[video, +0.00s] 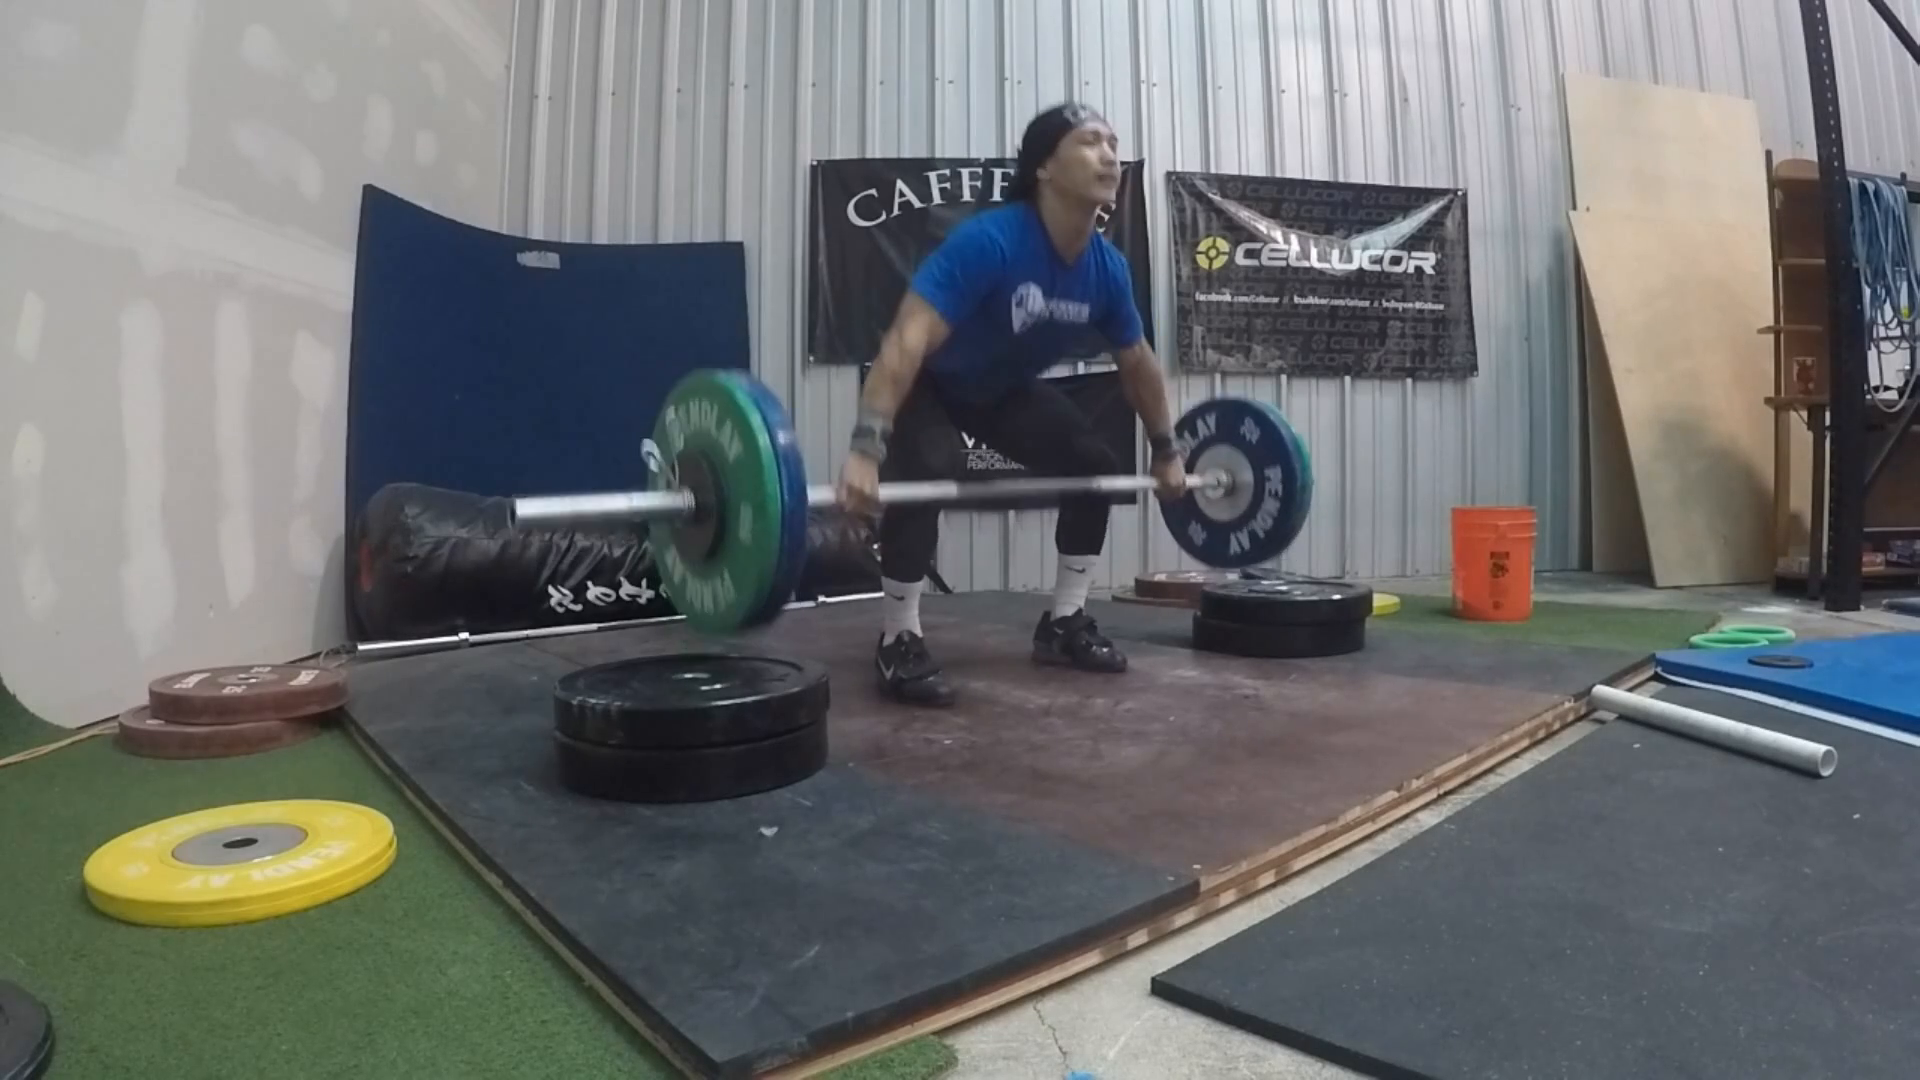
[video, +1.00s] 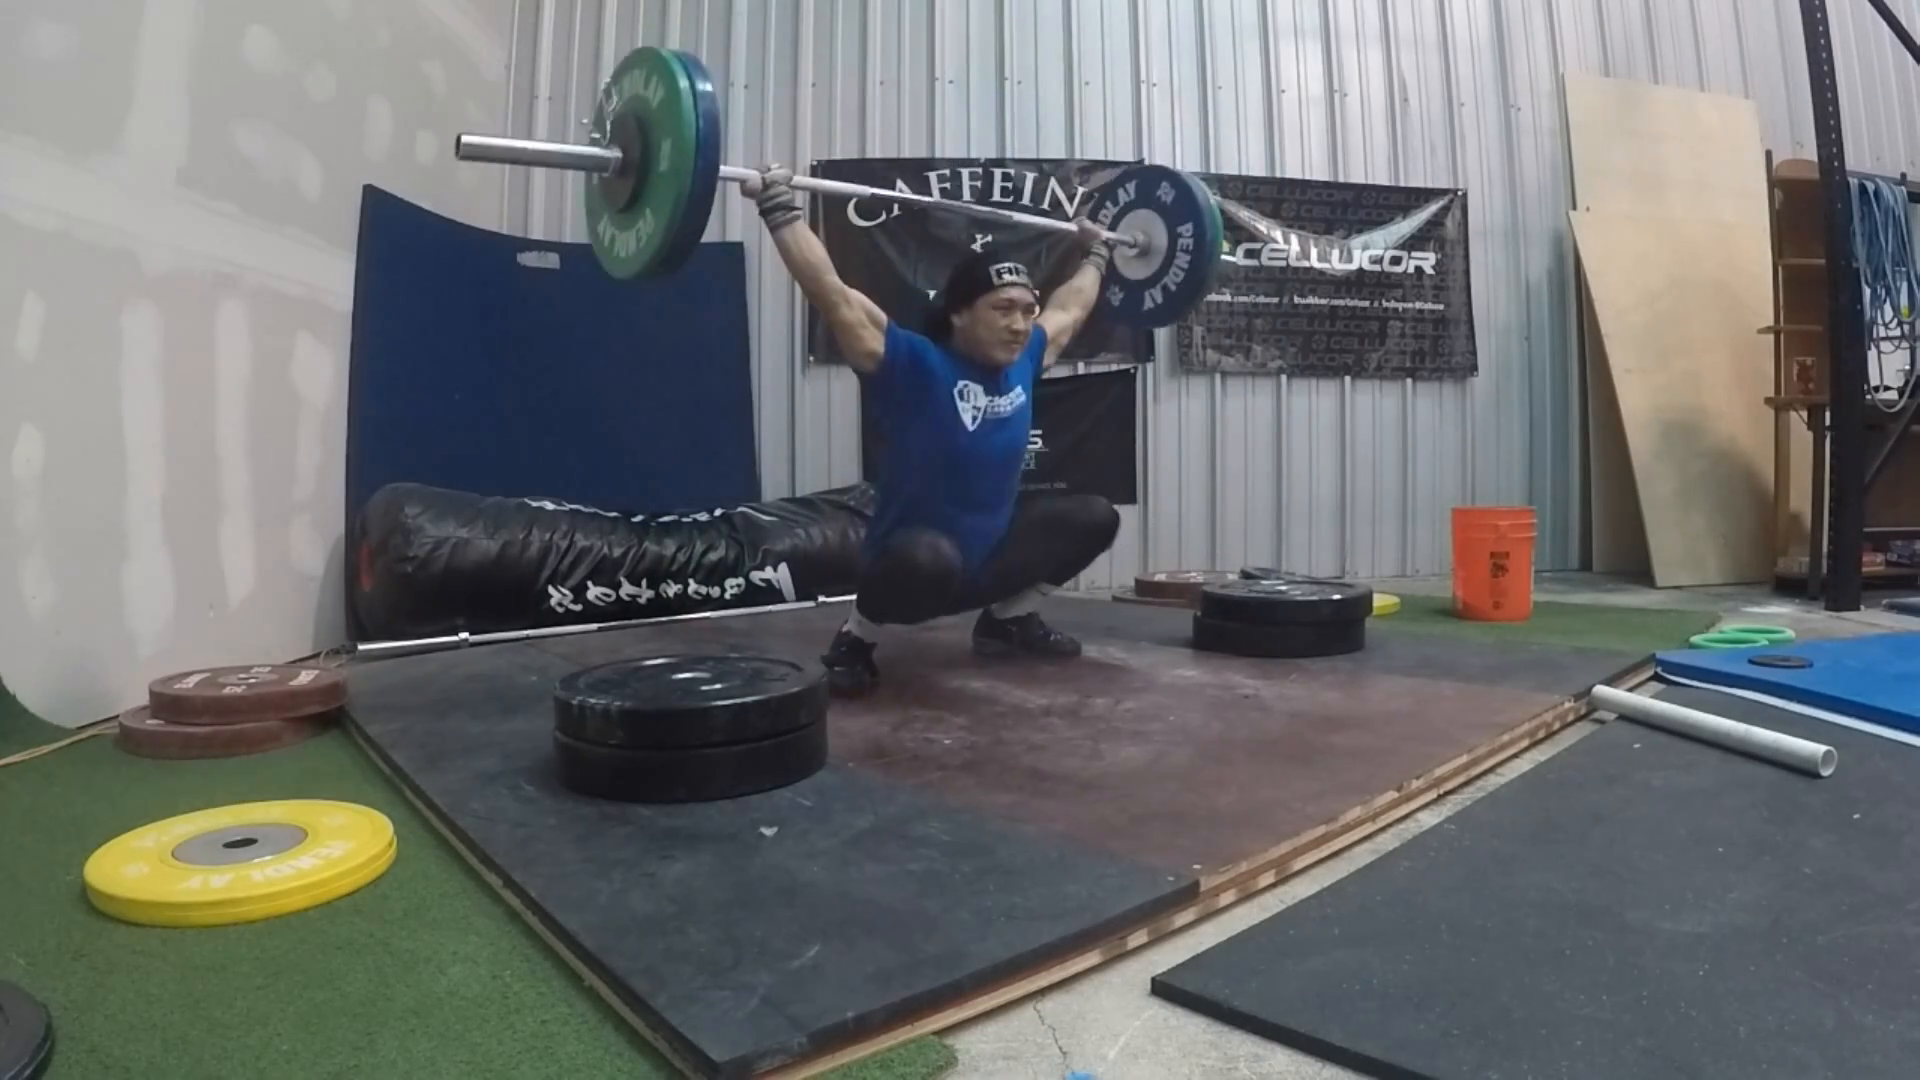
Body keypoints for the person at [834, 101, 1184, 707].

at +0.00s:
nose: (1110, 156)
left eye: (1113, 146)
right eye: (1090, 143)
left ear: (1115, 172)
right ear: (1044, 168)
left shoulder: (1106, 267)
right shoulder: (987, 243)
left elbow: (1137, 361)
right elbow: (908, 337)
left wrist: (1166, 451)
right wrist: (865, 448)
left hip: (1002, 390)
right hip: (923, 384)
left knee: (1094, 463)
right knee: (925, 470)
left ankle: (1065, 620)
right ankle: (900, 640)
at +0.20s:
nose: (1084, 63)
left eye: (1085, 55)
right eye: (1063, 53)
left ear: (1089, 85)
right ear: (1022, 81)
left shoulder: (1090, 183)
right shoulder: (972, 159)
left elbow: (1124, 277)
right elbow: (884, 233)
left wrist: (1152, 365)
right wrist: (853, 333)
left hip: (1001, 347)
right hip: (916, 340)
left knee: (1074, 454)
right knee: (924, 459)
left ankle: (1063, 620)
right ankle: (901, 639)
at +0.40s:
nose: (937, 20)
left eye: (938, 18)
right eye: (917, 21)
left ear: (949, 46)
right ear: (891, 49)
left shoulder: (1005, 111)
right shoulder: (890, 83)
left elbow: (1067, 181)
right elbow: (833, 126)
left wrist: (1138, 244)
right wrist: (837, 183)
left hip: (1035, 276)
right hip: (959, 271)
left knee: (1077, 422)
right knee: (954, 416)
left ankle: (1086, 600)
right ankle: (912, 620)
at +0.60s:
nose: (914, 139)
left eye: (920, 133)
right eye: (898, 133)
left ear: (932, 155)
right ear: (873, 155)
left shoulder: (971, 213)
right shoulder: (865, 201)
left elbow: (1043, 237)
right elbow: (786, 197)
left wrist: (1108, 187)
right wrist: (804, 123)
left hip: (998, 404)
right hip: (926, 406)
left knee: (1110, 499)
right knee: (916, 517)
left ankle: (1016, 605)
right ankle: (854, 631)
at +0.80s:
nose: (1024, 283)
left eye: (1027, 271)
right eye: (1006, 269)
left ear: (1031, 280)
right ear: (960, 284)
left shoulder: (1027, 332)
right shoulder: (916, 332)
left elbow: (1078, 277)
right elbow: (851, 257)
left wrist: (1110, 221)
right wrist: (801, 167)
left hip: (992, 530)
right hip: (915, 532)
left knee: (1102, 518)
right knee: (918, 555)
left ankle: (1011, 614)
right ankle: (854, 635)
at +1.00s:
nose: (1020, 325)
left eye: (1027, 311)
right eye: (1004, 309)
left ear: (1033, 315)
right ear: (959, 315)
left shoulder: (1023, 359)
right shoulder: (911, 365)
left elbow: (1068, 309)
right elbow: (833, 297)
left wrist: (1095, 254)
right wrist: (780, 209)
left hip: (990, 560)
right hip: (912, 570)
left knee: (1093, 517)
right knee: (927, 555)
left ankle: (1006, 617)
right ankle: (856, 639)